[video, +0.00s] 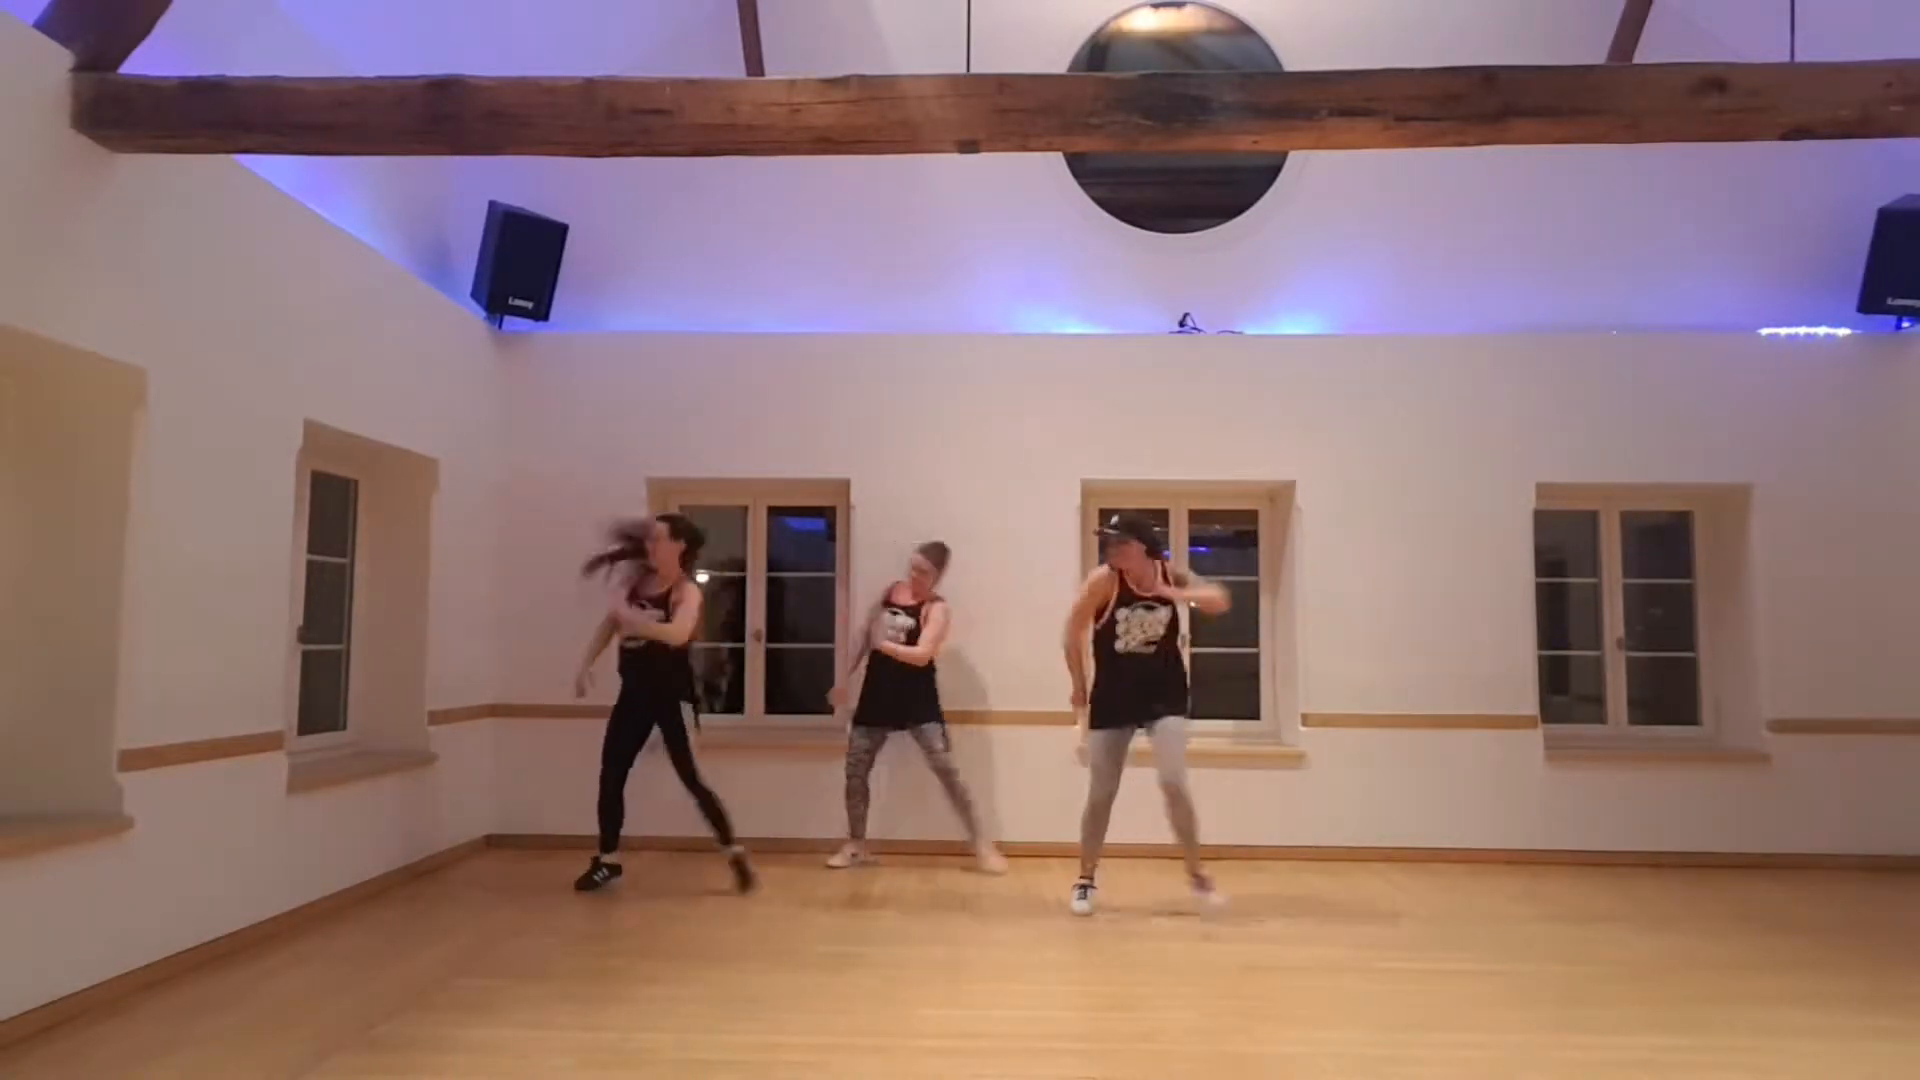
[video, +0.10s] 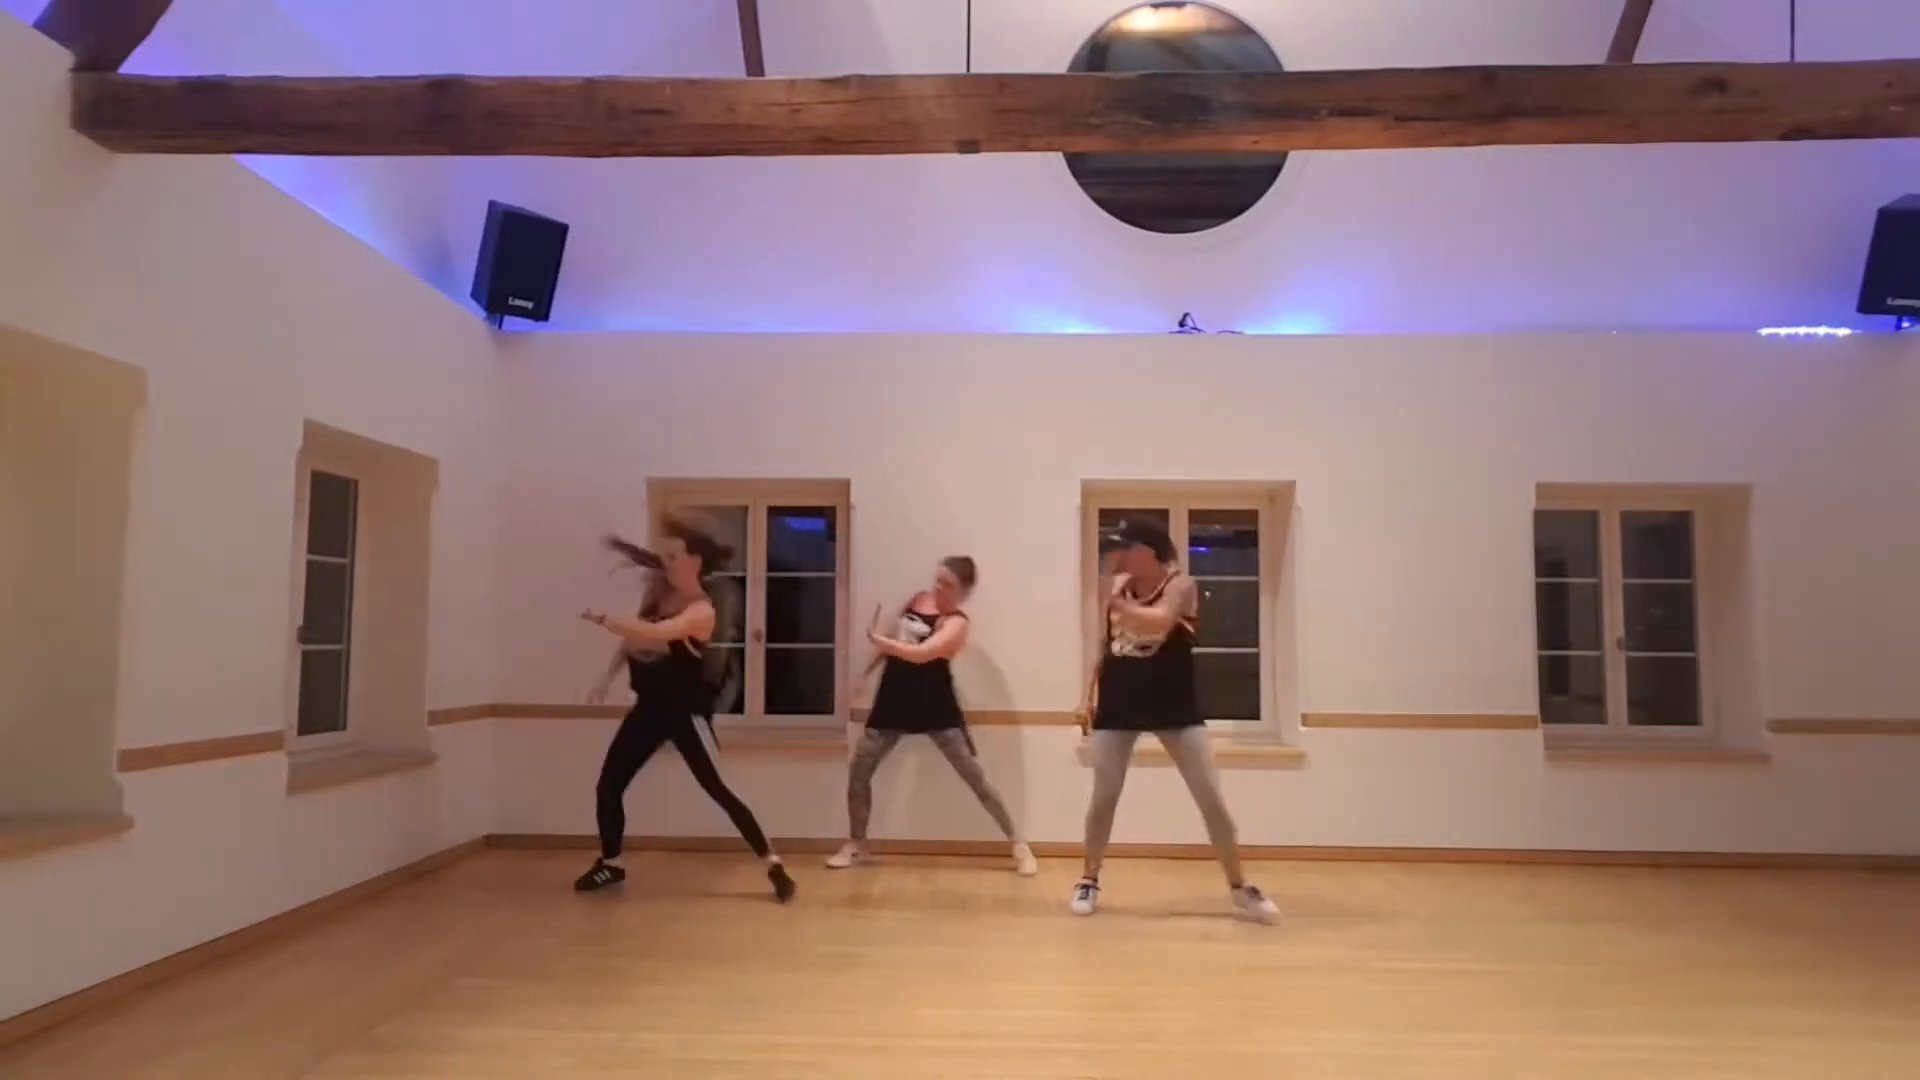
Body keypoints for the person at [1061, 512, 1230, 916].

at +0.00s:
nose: (1115, 556)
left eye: (1122, 547)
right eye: (1112, 549)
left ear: (1144, 547)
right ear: (1112, 552)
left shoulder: (1172, 575)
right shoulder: (1104, 581)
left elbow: (1220, 600)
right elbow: (1074, 629)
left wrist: (1173, 593)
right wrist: (1079, 684)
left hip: (1165, 696)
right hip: (1113, 697)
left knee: (1173, 783)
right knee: (1102, 792)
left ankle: (1197, 874)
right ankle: (1086, 879)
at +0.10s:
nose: (1121, 556)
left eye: (1128, 548)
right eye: (1120, 549)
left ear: (1151, 553)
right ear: (1126, 555)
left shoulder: (1181, 585)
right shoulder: (1115, 587)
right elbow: (1101, 645)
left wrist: (1118, 604)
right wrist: (1089, 698)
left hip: (1173, 705)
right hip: (1119, 705)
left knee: (1211, 798)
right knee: (1104, 795)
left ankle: (1240, 889)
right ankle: (1088, 882)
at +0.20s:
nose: (1144, 574)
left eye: (1151, 566)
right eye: (1143, 566)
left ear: (1171, 568)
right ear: (1150, 569)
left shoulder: (1192, 599)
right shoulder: (1148, 607)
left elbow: (1132, 606)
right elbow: (1127, 661)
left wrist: (1072, 598)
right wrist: (1096, 707)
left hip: (1183, 723)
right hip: (1133, 721)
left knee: (1226, 814)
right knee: (1108, 806)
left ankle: (1255, 896)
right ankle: (1091, 884)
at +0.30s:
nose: (1160, 592)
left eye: (1166, 584)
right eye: (1159, 585)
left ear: (1187, 584)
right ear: (1168, 588)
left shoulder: (1215, 611)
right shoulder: (1166, 624)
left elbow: (1155, 612)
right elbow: (1140, 677)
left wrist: (1094, 613)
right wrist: (1108, 723)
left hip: (1196, 737)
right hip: (1145, 733)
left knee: (1231, 824)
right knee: (1120, 814)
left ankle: (1256, 897)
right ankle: (1095, 887)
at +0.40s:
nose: (1178, 594)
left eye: (1183, 586)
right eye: (1176, 587)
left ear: (1204, 581)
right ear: (1179, 588)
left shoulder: (1236, 603)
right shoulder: (1177, 623)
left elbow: (1188, 625)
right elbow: (1153, 675)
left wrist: (1123, 623)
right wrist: (1130, 728)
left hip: (1213, 736)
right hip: (1159, 730)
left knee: (1241, 824)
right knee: (1131, 809)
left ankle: (1257, 897)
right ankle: (1097, 884)